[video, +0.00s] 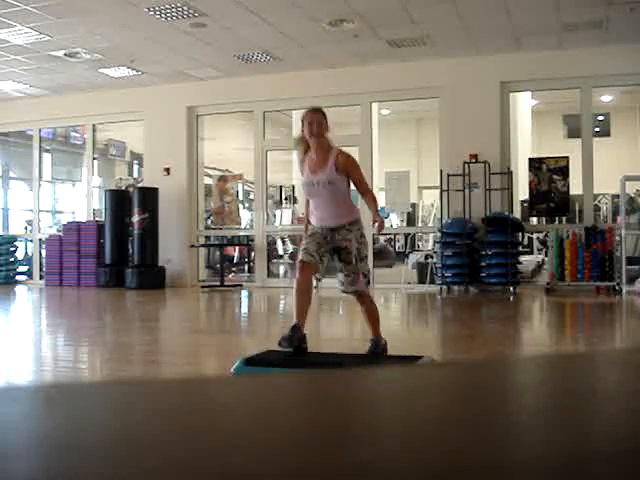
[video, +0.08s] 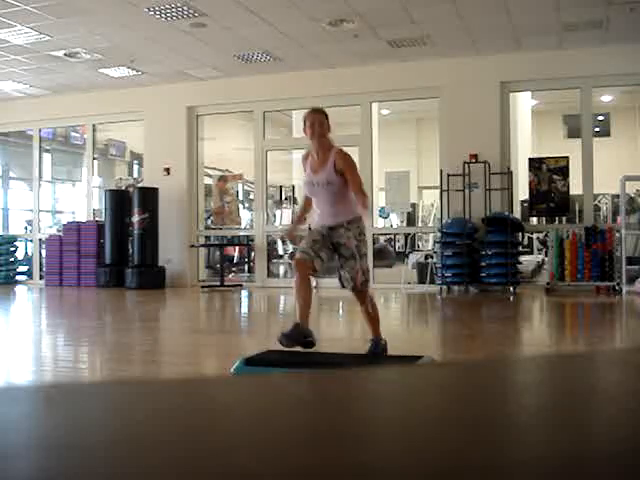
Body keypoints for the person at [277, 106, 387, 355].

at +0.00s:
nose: (313, 128)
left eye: (318, 123)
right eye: (308, 124)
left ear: (326, 126)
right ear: (303, 129)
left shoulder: (342, 159)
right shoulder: (304, 160)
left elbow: (365, 190)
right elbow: (309, 198)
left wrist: (376, 214)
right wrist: (307, 227)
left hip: (347, 229)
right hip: (317, 230)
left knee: (358, 288)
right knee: (303, 270)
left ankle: (377, 339)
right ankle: (298, 331)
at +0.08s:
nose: (315, 129)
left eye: (319, 124)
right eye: (310, 125)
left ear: (328, 127)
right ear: (304, 130)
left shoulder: (341, 158)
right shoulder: (306, 160)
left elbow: (358, 192)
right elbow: (310, 196)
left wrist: (364, 207)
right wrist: (296, 222)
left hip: (348, 227)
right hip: (321, 229)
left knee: (358, 287)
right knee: (301, 262)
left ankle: (377, 339)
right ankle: (303, 328)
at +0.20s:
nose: (309, 116)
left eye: (313, 112)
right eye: (305, 113)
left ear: (321, 115)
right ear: (298, 117)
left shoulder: (330, 143)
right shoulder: (301, 148)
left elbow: (339, 183)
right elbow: (297, 181)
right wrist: (268, 199)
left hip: (341, 213)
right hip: (315, 215)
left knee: (356, 275)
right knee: (296, 265)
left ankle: (373, 334)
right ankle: (313, 319)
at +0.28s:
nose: (305, 118)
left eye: (309, 113)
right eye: (300, 114)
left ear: (317, 117)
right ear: (294, 119)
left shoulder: (325, 145)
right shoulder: (298, 150)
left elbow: (328, 187)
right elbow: (291, 183)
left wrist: (300, 198)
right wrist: (259, 195)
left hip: (337, 214)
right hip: (313, 215)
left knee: (351, 275)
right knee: (296, 272)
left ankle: (372, 332)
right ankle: (312, 320)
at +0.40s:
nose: (290, 135)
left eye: (295, 131)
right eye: (287, 131)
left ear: (305, 133)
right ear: (285, 135)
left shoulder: (310, 162)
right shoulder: (292, 162)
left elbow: (300, 203)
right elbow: (286, 199)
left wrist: (263, 217)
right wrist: (262, 212)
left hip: (324, 232)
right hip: (304, 235)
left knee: (343, 288)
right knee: (295, 286)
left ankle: (376, 338)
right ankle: (313, 333)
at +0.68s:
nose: (241, 128)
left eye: (245, 124)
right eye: (242, 124)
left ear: (258, 126)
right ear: (258, 127)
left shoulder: (266, 153)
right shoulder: (258, 153)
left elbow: (256, 192)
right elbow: (253, 184)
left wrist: (242, 228)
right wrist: (230, 180)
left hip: (277, 217)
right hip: (269, 217)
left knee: (257, 277)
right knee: (278, 276)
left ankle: (266, 338)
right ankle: (300, 328)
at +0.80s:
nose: (214, 144)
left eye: (218, 139)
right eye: (216, 139)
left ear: (230, 143)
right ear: (235, 143)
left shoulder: (240, 172)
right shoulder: (248, 169)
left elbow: (228, 213)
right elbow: (241, 208)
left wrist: (216, 248)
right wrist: (222, 191)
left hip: (251, 234)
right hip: (264, 232)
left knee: (219, 287)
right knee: (266, 289)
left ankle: (195, 344)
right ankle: (294, 337)